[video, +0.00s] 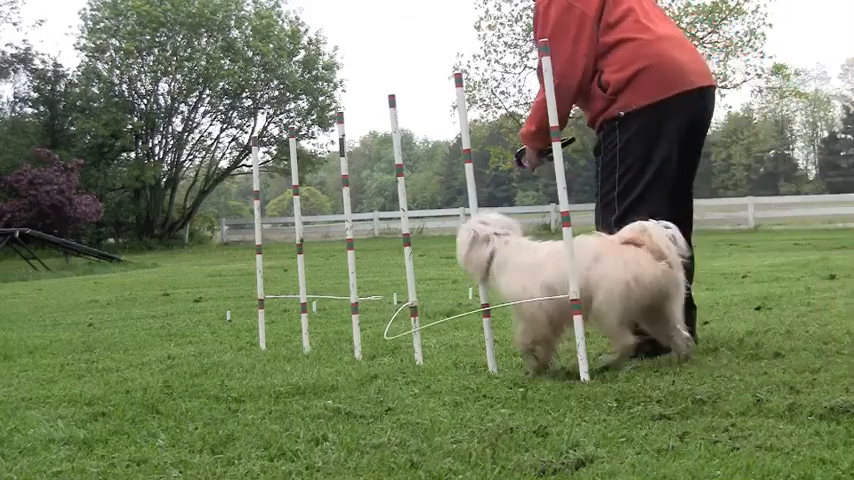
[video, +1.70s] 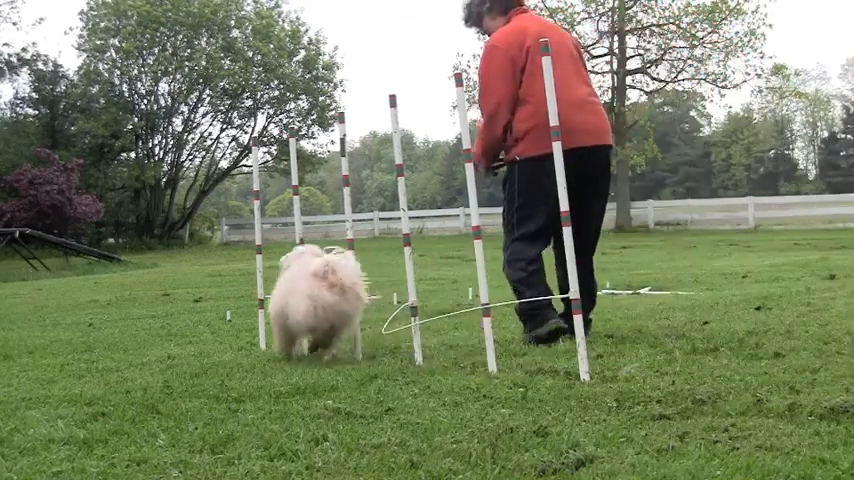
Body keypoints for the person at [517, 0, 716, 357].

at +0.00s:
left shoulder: (560, 4)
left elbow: (563, 71)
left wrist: (534, 139)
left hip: (642, 93)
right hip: (690, 83)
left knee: (622, 223)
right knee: (672, 214)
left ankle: (645, 333)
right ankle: (678, 328)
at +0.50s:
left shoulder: (567, 4)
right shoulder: (637, 5)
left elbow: (565, 76)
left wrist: (546, 124)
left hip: (612, 116)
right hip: (673, 107)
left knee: (579, 227)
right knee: (665, 221)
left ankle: (616, 316)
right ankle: (665, 321)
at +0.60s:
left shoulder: (559, 6)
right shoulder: (630, 5)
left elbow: (552, 77)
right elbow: (640, 60)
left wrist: (536, 125)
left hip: (596, 116)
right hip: (660, 108)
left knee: (576, 225)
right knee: (660, 221)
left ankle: (575, 325)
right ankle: (663, 323)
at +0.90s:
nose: (501, 10)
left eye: (500, 3)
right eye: (498, 5)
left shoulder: (517, 29)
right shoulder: (591, 19)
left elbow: (507, 101)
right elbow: (614, 74)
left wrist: (494, 146)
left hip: (547, 146)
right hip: (611, 140)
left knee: (537, 240)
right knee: (609, 234)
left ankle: (539, 329)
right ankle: (635, 294)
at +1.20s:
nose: (480, 16)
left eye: (478, 9)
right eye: (476, 11)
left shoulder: (496, 28)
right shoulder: (567, 19)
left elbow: (488, 98)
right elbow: (593, 79)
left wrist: (480, 145)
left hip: (531, 137)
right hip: (591, 133)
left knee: (525, 235)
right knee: (570, 228)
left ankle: (539, 332)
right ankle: (582, 321)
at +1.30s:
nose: (478, 20)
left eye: (476, 12)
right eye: (474, 14)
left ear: (489, 1)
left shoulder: (496, 29)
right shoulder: (563, 22)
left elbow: (488, 99)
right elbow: (586, 78)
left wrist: (478, 147)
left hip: (533, 137)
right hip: (590, 132)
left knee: (523, 235)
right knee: (572, 229)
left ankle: (539, 331)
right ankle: (572, 319)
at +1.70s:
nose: (486, 36)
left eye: (483, 28)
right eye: (481, 32)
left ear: (495, 10)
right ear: (518, 6)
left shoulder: (504, 40)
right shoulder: (563, 34)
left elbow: (495, 112)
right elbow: (578, 90)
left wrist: (482, 157)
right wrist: (521, 142)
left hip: (542, 146)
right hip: (595, 140)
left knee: (522, 240)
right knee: (579, 240)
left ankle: (540, 317)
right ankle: (579, 319)